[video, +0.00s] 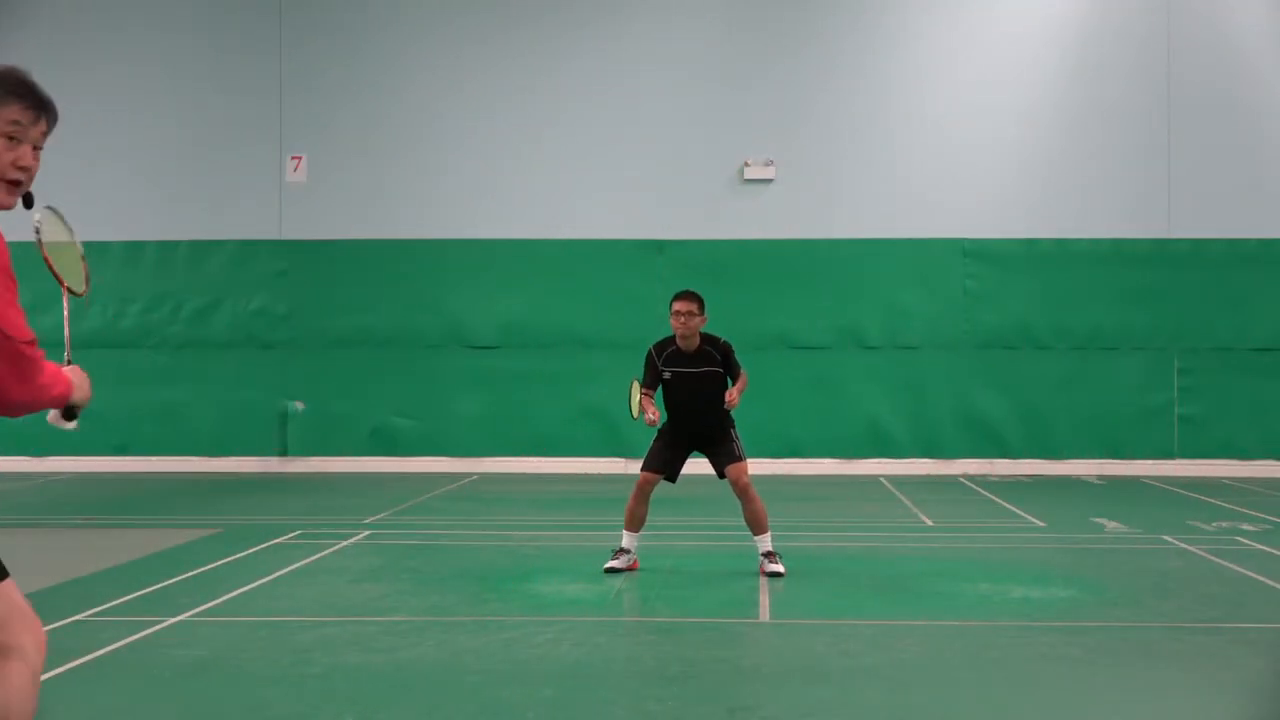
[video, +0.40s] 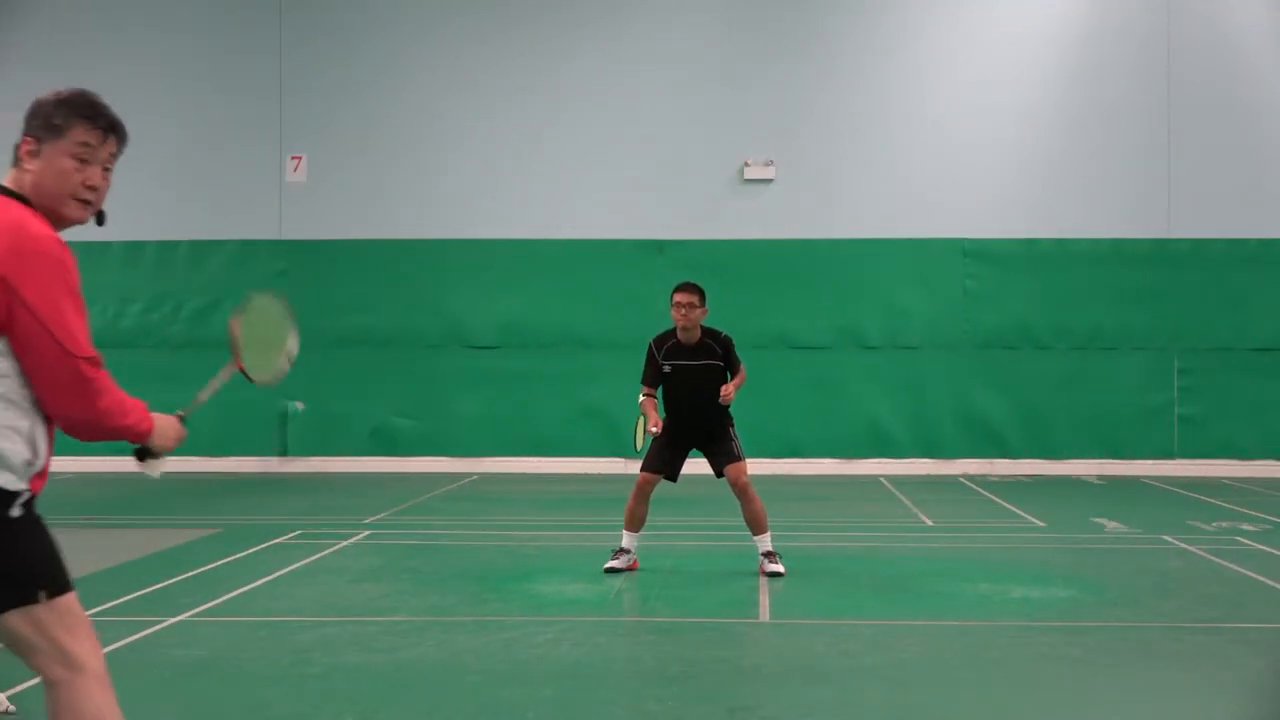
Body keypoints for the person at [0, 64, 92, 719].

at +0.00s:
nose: (28, 159)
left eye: (37, 145)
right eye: (15, 137)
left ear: (40, 154)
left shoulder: (3, 234)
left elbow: (16, 375)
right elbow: (14, 382)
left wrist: (54, 384)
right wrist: (64, 384)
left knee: (23, 640)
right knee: (22, 640)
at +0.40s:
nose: (98, 181)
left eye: (107, 168)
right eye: (83, 159)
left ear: (111, 176)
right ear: (28, 155)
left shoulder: (19, 229)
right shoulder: (26, 239)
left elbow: (66, 381)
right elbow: (73, 390)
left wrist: (135, 425)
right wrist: (146, 427)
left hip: (9, 496)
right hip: (4, 498)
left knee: (70, 659)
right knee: (73, 663)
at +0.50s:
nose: (147, 186)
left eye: (151, 171)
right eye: (136, 166)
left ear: (78, 162)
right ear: (80, 159)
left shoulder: (14, 213)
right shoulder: (81, 248)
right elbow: (132, 387)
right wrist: (187, 435)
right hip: (19, 485)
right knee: (105, 654)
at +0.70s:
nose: (171, 179)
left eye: (174, 162)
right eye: (173, 161)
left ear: (87, 147)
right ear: (151, 158)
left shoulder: (8, 197)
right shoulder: (141, 242)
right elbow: (191, 382)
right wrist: (221, 412)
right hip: (40, 459)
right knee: (119, 652)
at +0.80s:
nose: (159, 171)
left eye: (161, 156)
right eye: (160, 155)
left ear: (76, 144)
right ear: (143, 154)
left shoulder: (7, 195)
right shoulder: (145, 241)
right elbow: (197, 376)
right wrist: (223, 413)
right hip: (54, 461)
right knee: (138, 642)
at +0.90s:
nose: (146, 171)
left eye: (146, 156)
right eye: (146, 156)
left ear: (61, 150)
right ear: (131, 158)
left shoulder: (4, 199)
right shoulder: (143, 242)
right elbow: (191, 367)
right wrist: (213, 416)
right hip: (65, 465)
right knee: (153, 618)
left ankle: (5, 701)